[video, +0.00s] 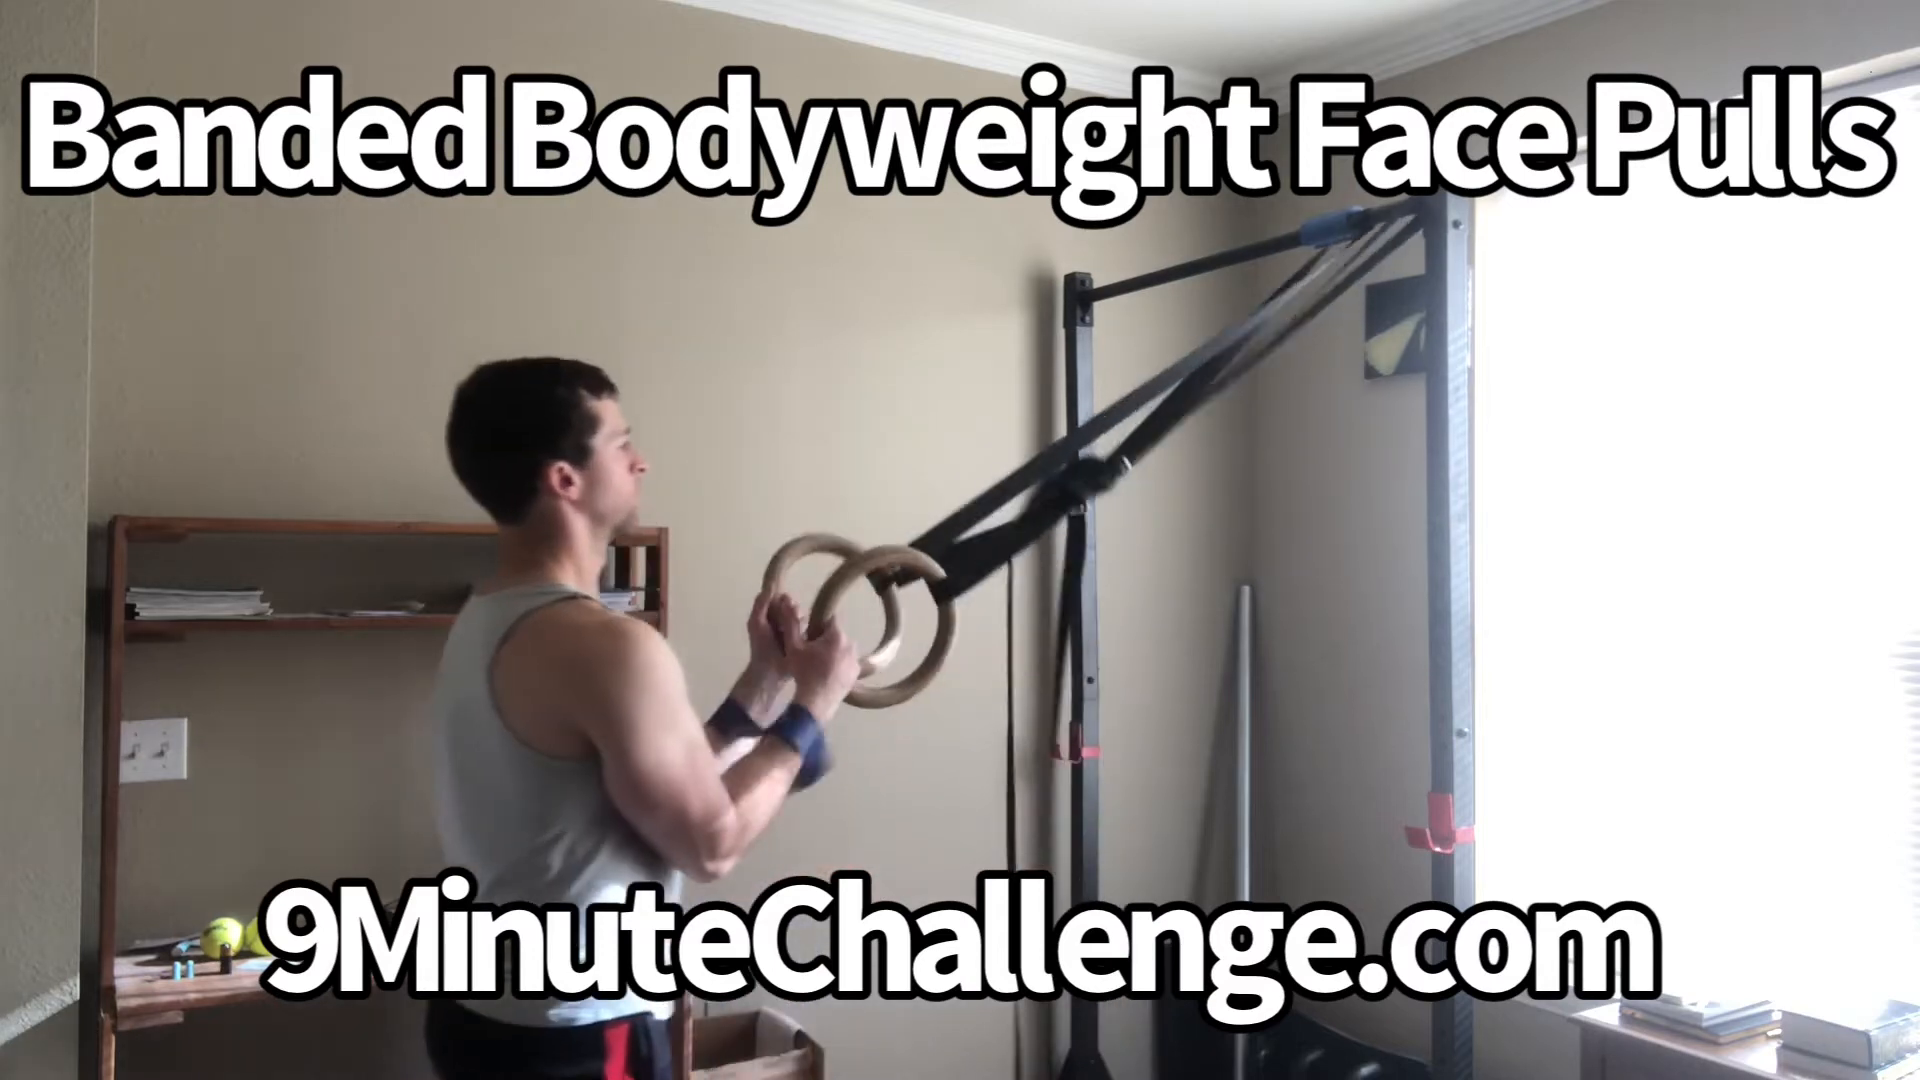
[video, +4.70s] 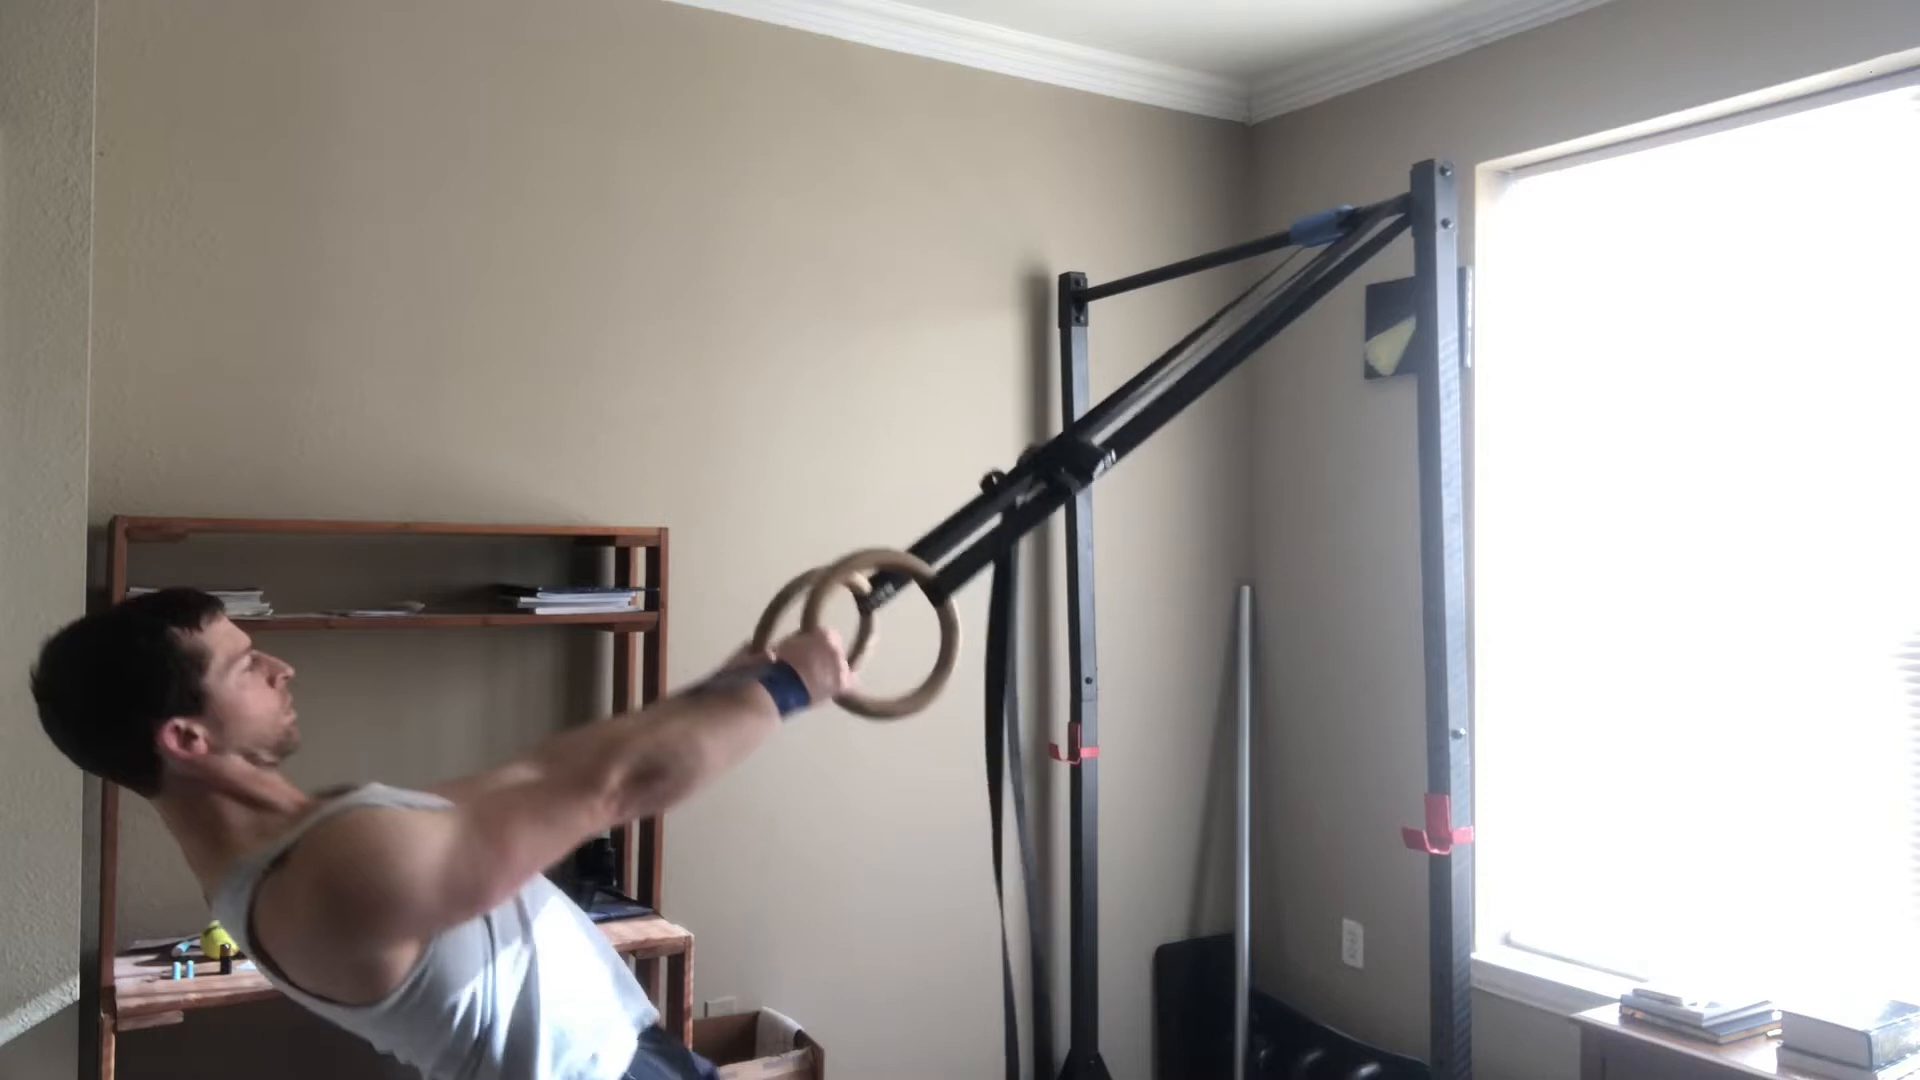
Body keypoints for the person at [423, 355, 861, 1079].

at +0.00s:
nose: (640, 462)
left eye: (628, 440)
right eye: (619, 445)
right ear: (565, 480)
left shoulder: (491, 619)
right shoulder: (611, 651)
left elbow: (641, 802)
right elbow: (710, 843)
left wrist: (762, 683)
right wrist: (812, 709)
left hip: (492, 1017)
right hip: (581, 1039)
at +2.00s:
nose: (604, 492)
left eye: (601, 470)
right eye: (591, 468)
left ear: (521, 477)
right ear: (524, 473)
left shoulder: (452, 617)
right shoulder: (531, 642)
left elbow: (623, 773)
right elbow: (705, 817)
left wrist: (750, 699)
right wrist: (825, 712)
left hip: (483, 1004)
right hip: (552, 1024)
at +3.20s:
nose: (518, 512)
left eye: (518, 486)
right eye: (506, 484)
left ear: (429, 489)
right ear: (432, 487)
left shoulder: (360, 641)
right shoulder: (448, 667)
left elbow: (577, 754)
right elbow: (677, 807)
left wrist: (727, 681)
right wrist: (816, 698)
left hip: (448, 1028)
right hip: (528, 1043)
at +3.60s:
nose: (435, 520)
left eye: (426, 491)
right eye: (415, 493)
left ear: (333, 527)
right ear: (336, 523)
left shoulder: (303, 675)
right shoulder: (367, 700)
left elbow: (536, 740)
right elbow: (627, 776)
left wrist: (704, 681)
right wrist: (788, 686)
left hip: (430, 1043)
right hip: (505, 1051)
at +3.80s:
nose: (374, 539)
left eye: (359, 515)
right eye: (346, 521)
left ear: (270, 565)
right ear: (270, 563)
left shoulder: (289, 718)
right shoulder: (337, 739)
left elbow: (548, 732)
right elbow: (613, 762)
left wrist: (712, 658)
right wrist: (780, 662)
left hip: (462, 1055)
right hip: (525, 1061)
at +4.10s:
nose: (290, 588)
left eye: (268, 563)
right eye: (254, 572)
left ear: (182, 636)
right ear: (181, 631)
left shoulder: (233, 768)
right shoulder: (292, 792)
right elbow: (578, 727)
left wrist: (714, 647)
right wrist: (760, 632)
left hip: (524, 1048)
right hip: (544, 1064)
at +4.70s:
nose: (284, 673)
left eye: (261, 654)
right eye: (251, 668)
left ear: (190, 747)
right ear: (188, 740)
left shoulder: (304, 839)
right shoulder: (341, 871)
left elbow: (542, 779)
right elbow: (617, 784)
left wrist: (741, 684)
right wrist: (791, 680)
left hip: (624, 1048)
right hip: (619, 1069)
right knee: (798, 1045)